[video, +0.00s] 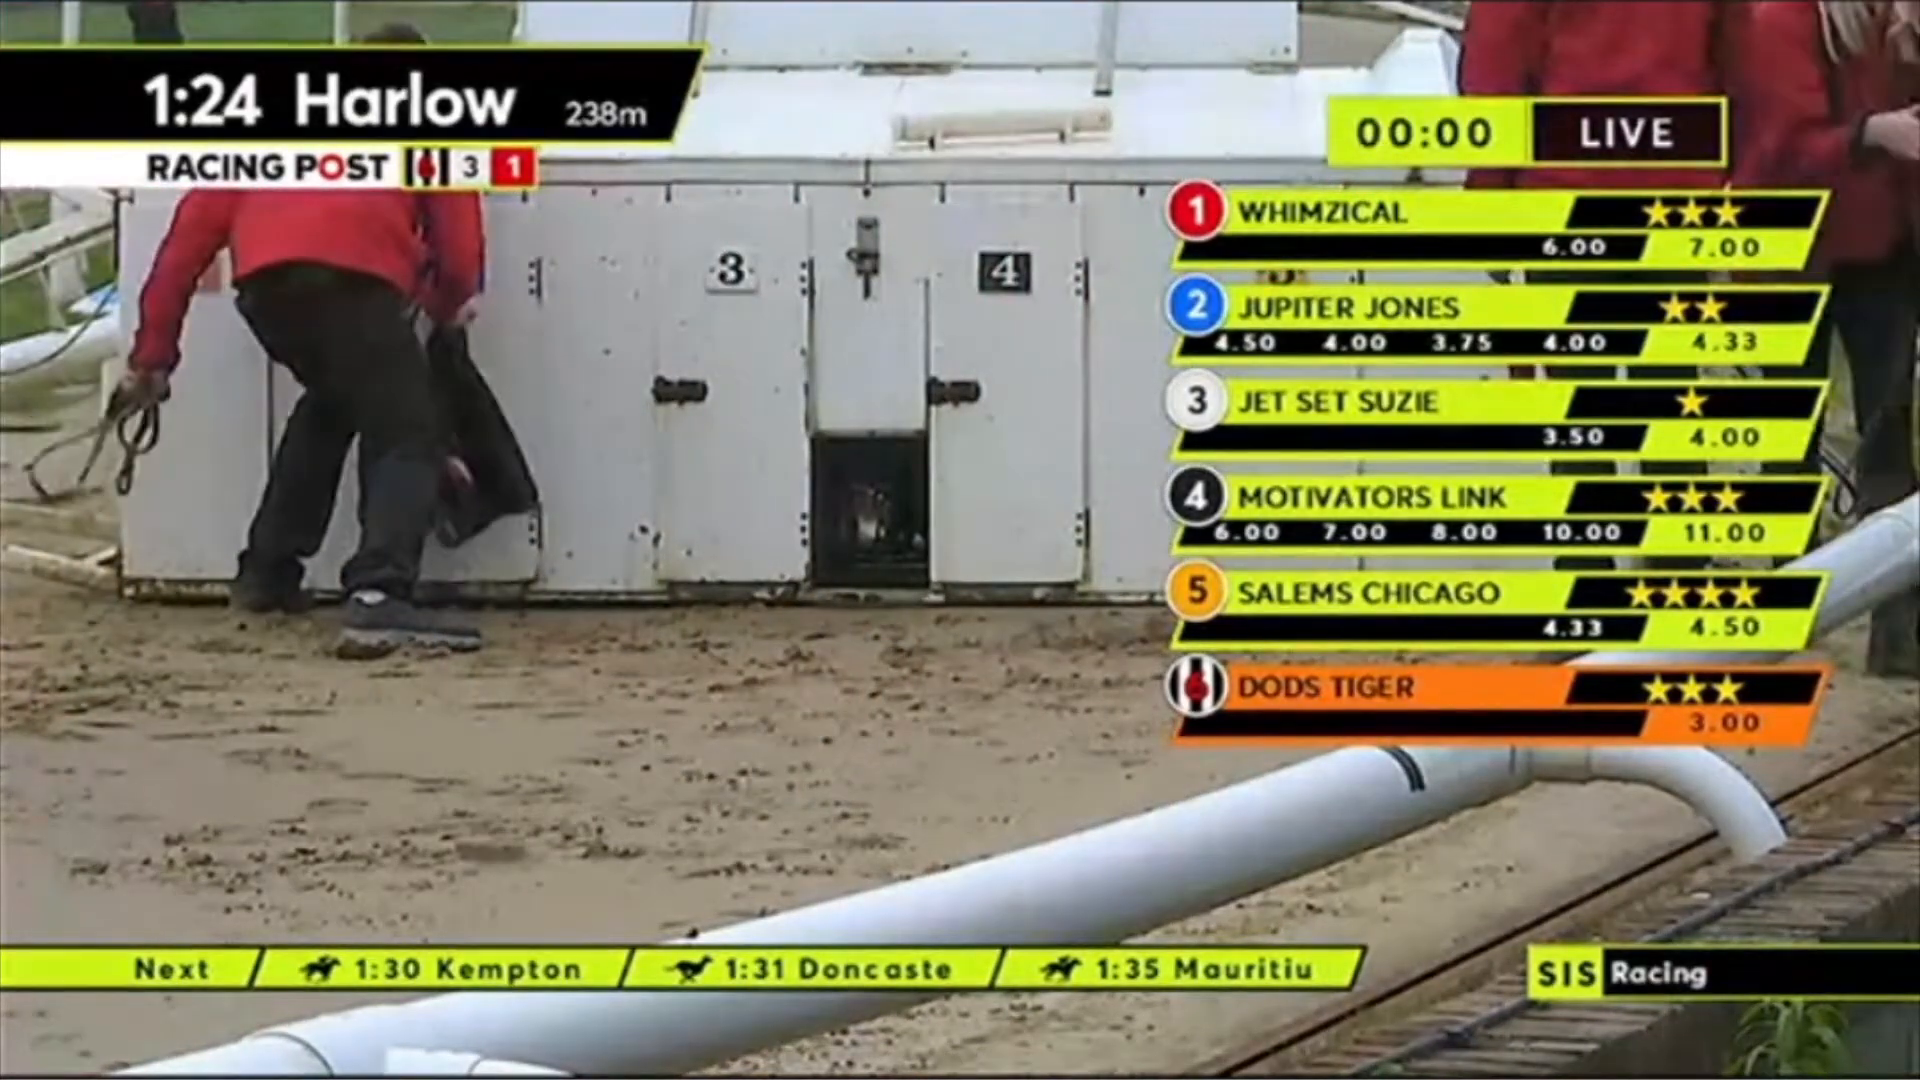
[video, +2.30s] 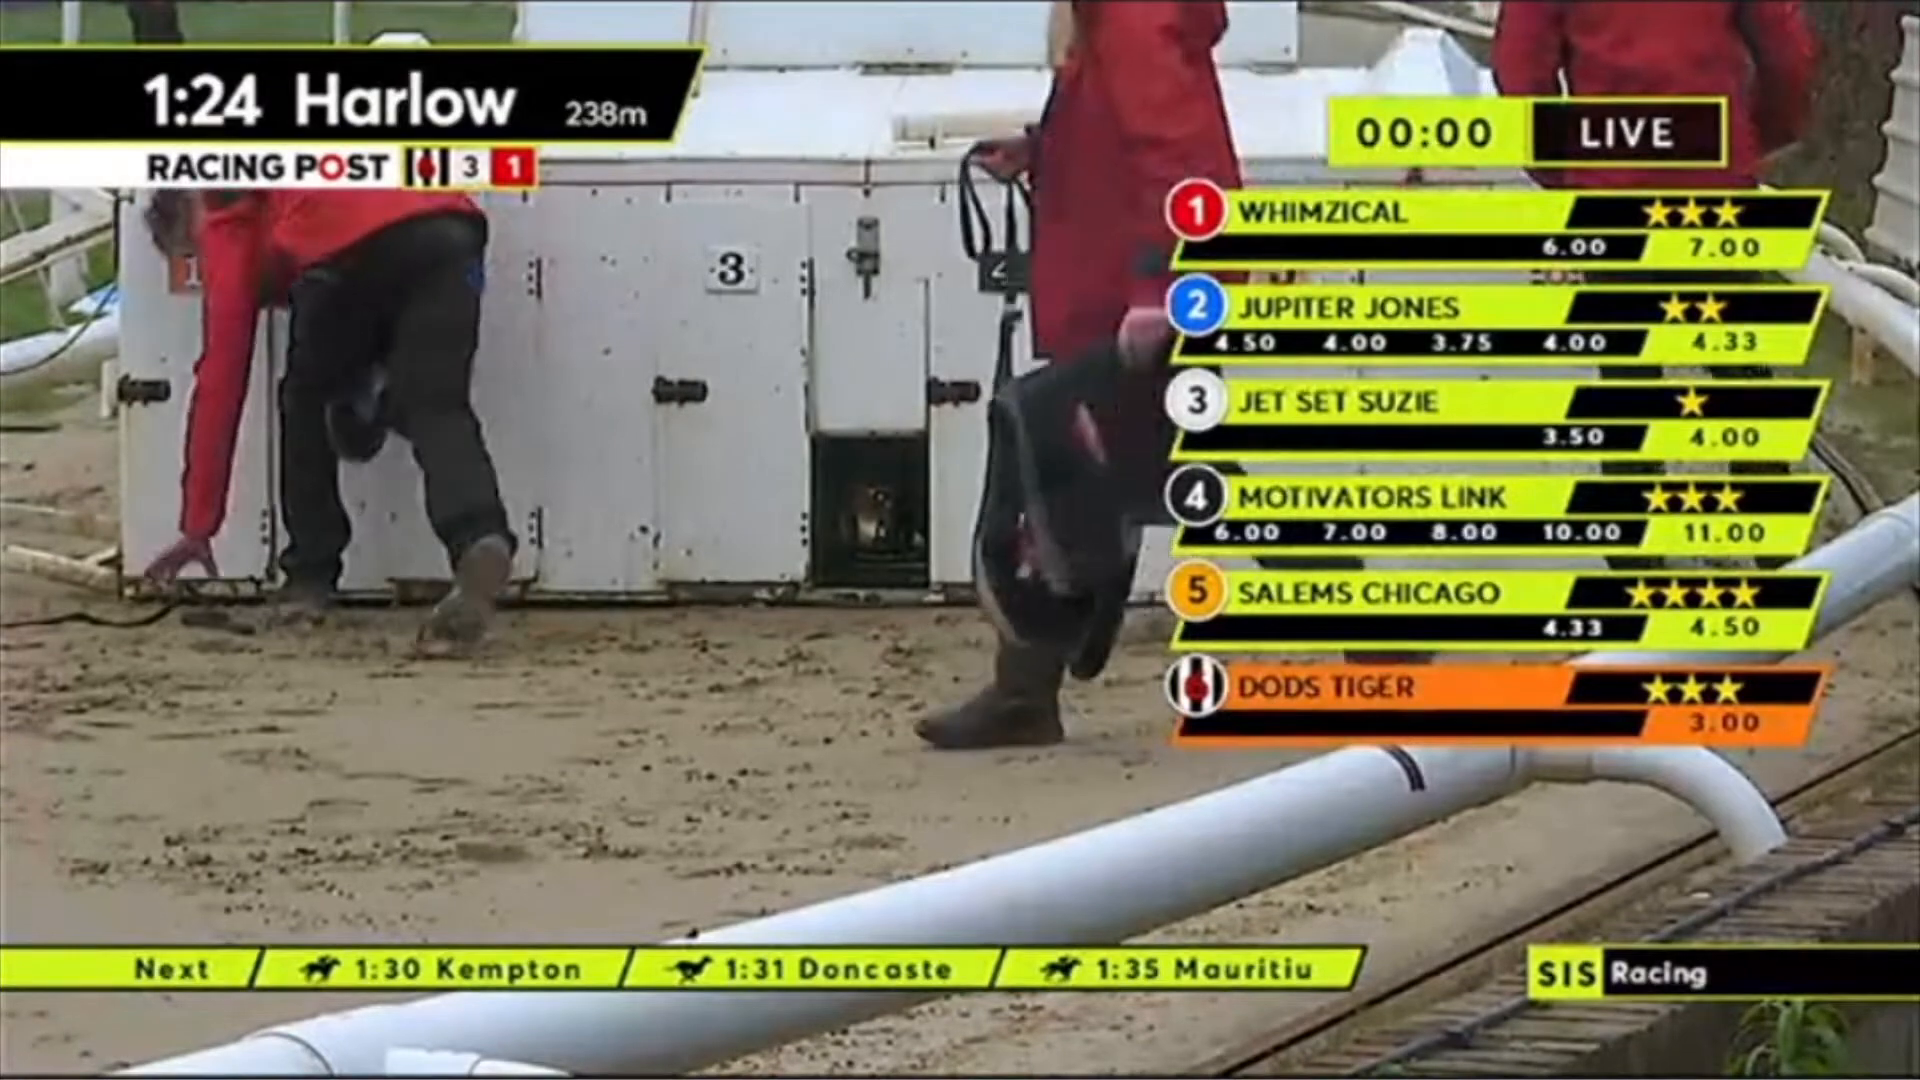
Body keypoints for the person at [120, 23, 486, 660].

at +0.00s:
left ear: (339, 81)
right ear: (413, 76)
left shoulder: (266, 137)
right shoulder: (428, 132)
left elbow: (187, 236)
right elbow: (462, 264)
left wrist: (152, 357)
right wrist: (447, 307)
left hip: (268, 279)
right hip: (363, 277)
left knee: (330, 404)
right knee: (402, 434)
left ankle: (266, 574)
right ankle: (379, 592)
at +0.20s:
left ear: (343, 71)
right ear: (411, 72)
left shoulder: (282, 135)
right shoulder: (433, 133)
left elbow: (209, 252)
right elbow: (469, 264)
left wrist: (220, 382)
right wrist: (445, 310)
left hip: (267, 278)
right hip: (366, 277)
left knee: (314, 396)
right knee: (406, 441)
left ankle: (263, 571)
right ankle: (382, 589)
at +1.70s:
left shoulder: (293, 164)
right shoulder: (437, 159)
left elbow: (281, 233)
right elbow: (491, 263)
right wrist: (454, 333)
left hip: (293, 285)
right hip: (394, 281)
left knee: (309, 387)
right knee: (423, 460)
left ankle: (268, 573)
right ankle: (394, 583)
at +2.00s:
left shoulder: (269, 176)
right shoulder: (432, 157)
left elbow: (238, 286)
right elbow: (503, 235)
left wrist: (263, 414)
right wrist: (456, 316)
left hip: (308, 248)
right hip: (410, 234)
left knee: (321, 388)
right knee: (414, 416)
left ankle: (289, 574)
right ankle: (411, 571)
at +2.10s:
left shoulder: (264, 166)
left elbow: (225, 298)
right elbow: (501, 174)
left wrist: (219, 462)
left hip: (326, 250)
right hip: (426, 230)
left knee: (327, 391)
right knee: (418, 407)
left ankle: (312, 575)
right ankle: (424, 564)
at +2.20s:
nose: (217, 236)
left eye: (210, 218)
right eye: (207, 225)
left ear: (214, 196)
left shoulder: (241, 189)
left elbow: (223, 337)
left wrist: (202, 498)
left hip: (338, 250)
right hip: (438, 227)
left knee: (312, 399)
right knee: (426, 405)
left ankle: (311, 576)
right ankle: (440, 554)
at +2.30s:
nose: (201, 269)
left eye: (191, 252)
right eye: (188, 260)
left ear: (194, 209)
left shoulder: (229, 217)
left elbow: (222, 372)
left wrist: (198, 529)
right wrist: (371, 396)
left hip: (342, 251)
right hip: (446, 223)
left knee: (305, 401)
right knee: (434, 399)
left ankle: (310, 579)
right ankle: (481, 539)